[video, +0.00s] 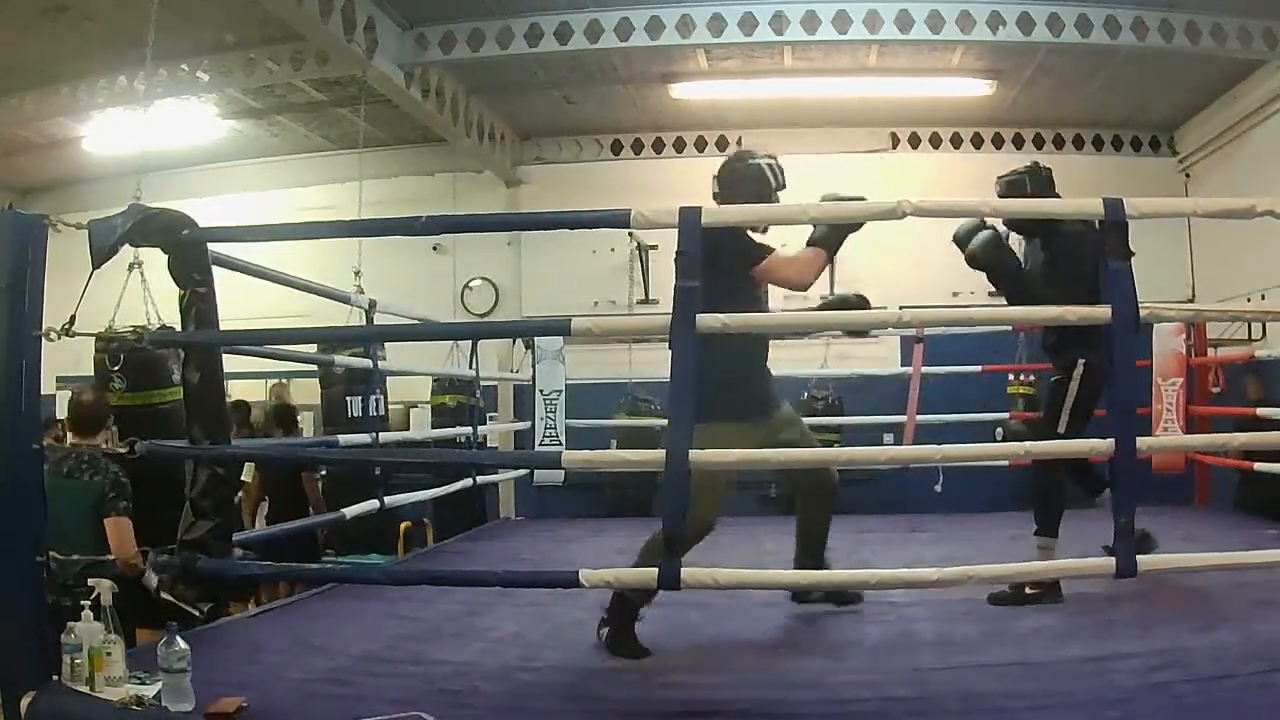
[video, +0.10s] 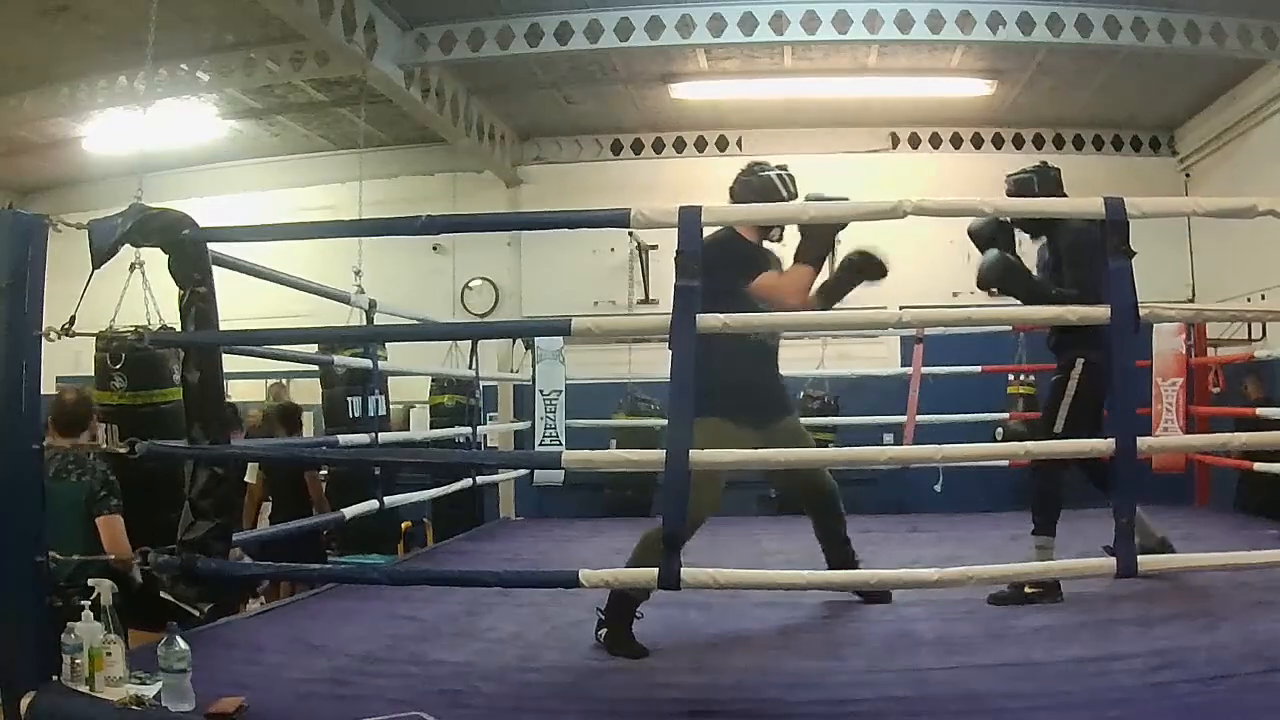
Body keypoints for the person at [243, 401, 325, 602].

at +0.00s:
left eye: (267, 422)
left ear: (271, 422)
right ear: (295, 421)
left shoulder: (264, 451)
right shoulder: (302, 449)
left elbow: (256, 494)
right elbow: (314, 496)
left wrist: (249, 526)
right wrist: (325, 524)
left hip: (274, 520)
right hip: (300, 519)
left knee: (274, 576)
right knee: (302, 575)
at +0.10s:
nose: (302, 426)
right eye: (300, 422)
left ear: (275, 425)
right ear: (298, 425)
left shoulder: (266, 453)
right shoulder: (304, 452)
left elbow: (257, 495)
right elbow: (317, 494)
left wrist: (247, 535)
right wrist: (330, 522)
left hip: (276, 522)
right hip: (304, 522)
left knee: (276, 580)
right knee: (303, 577)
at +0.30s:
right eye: (312, 421)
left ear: (287, 423)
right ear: (310, 424)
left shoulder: (278, 451)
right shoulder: (315, 451)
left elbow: (265, 493)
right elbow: (326, 496)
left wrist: (287, 488)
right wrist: (335, 526)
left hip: (285, 519)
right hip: (312, 519)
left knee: (289, 574)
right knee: (313, 571)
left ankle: (287, 619)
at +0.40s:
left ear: (299, 425)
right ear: (321, 424)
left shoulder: (287, 451)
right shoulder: (325, 452)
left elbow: (271, 492)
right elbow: (333, 498)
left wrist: (291, 494)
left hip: (292, 524)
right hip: (320, 524)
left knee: (294, 579)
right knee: (324, 576)